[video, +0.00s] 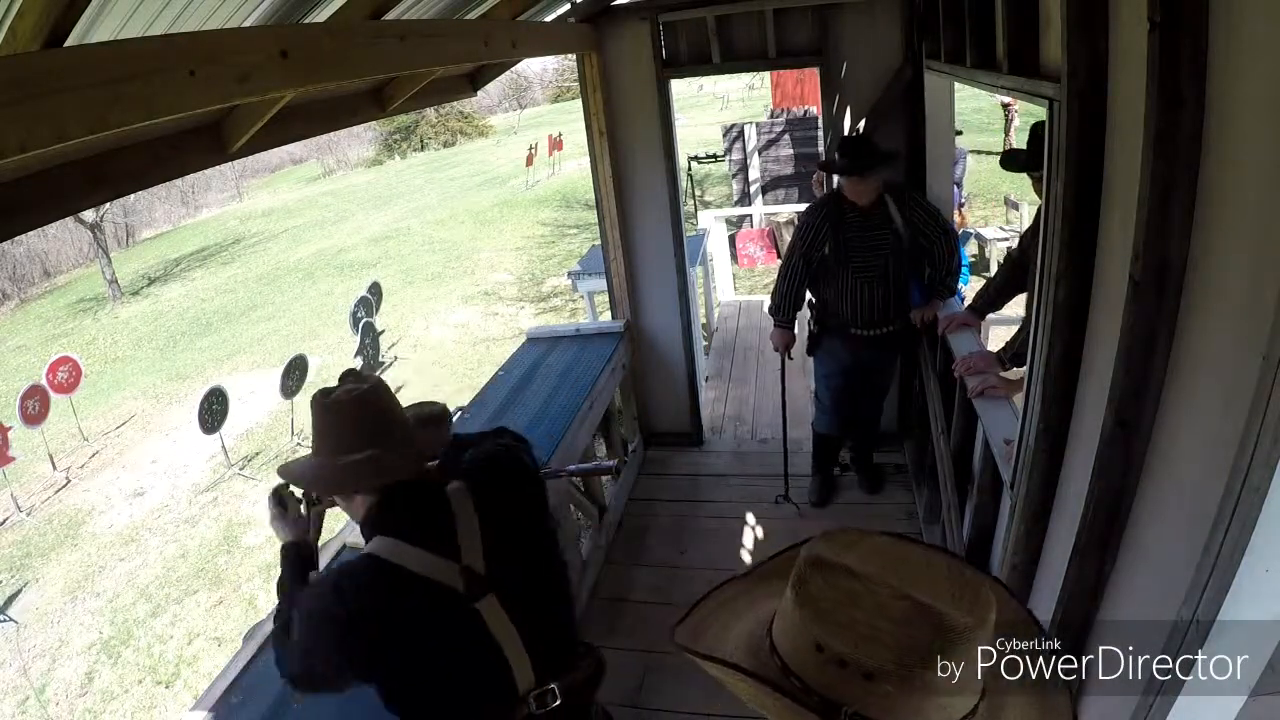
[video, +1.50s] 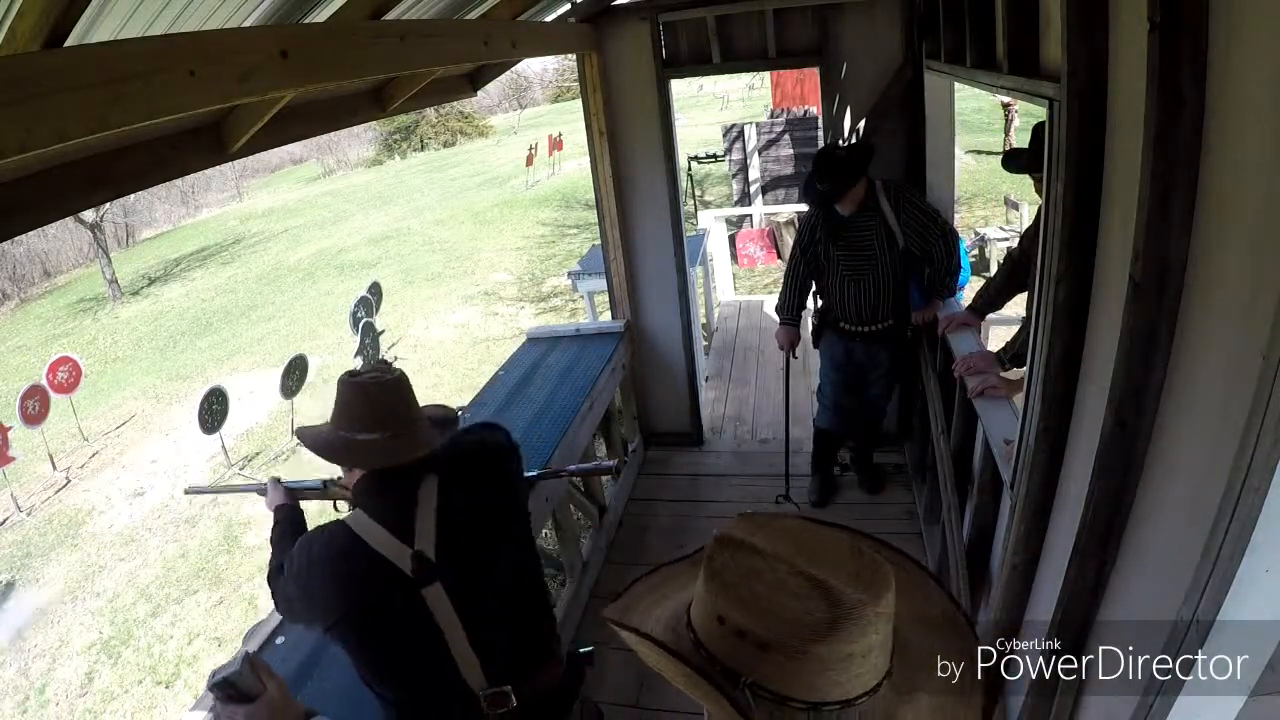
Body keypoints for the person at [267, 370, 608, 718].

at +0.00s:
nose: (324, 492)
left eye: (327, 482)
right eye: (324, 482)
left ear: (345, 491)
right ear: (413, 451)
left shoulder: (355, 594)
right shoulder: (502, 483)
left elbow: (298, 662)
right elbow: (507, 443)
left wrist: (296, 548)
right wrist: (440, 446)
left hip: (474, 719)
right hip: (572, 694)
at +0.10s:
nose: (316, 494)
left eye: (317, 485)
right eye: (315, 486)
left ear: (331, 492)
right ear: (402, 448)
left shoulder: (342, 588)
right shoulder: (493, 471)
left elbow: (271, 642)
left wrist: (294, 536)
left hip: (470, 716)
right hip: (570, 683)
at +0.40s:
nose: (304, 495)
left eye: (304, 486)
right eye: (304, 486)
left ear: (318, 492)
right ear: (385, 452)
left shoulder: (316, 590)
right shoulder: (468, 478)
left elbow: (236, 636)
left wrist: (274, 543)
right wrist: (356, 498)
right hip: (559, 682)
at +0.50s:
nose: (303, 494)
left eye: (303, 483)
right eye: (303, 484)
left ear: (317, 489)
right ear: (384, 453)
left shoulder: (314, 591)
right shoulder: (466, 476)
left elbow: (235, 642)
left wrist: (267, 550)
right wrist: (339, 507)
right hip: (557, 683)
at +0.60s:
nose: (303, 492)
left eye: (303, 481)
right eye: (300, 482)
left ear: (318, 485)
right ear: (384, 452)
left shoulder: (312, 589)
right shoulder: (464, 473)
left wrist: (278, 579)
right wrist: (338, 509)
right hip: (553, 682)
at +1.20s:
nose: (311, 481)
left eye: (314, 473)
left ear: (325, 481)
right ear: (393, 451)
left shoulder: (310, 577)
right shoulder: (464, 478)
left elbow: (283, 622)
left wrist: (276, 528)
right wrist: (354, 487)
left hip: (439, 716)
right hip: (547, 683)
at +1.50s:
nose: (342, 465)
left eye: (342, 457)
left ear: (351, 466)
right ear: (421, 435)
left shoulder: (325, 559)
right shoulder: (488, 464)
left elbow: (287, 591)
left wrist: (282, 510)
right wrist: (380, 476)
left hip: (435, 715)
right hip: (546, 685)